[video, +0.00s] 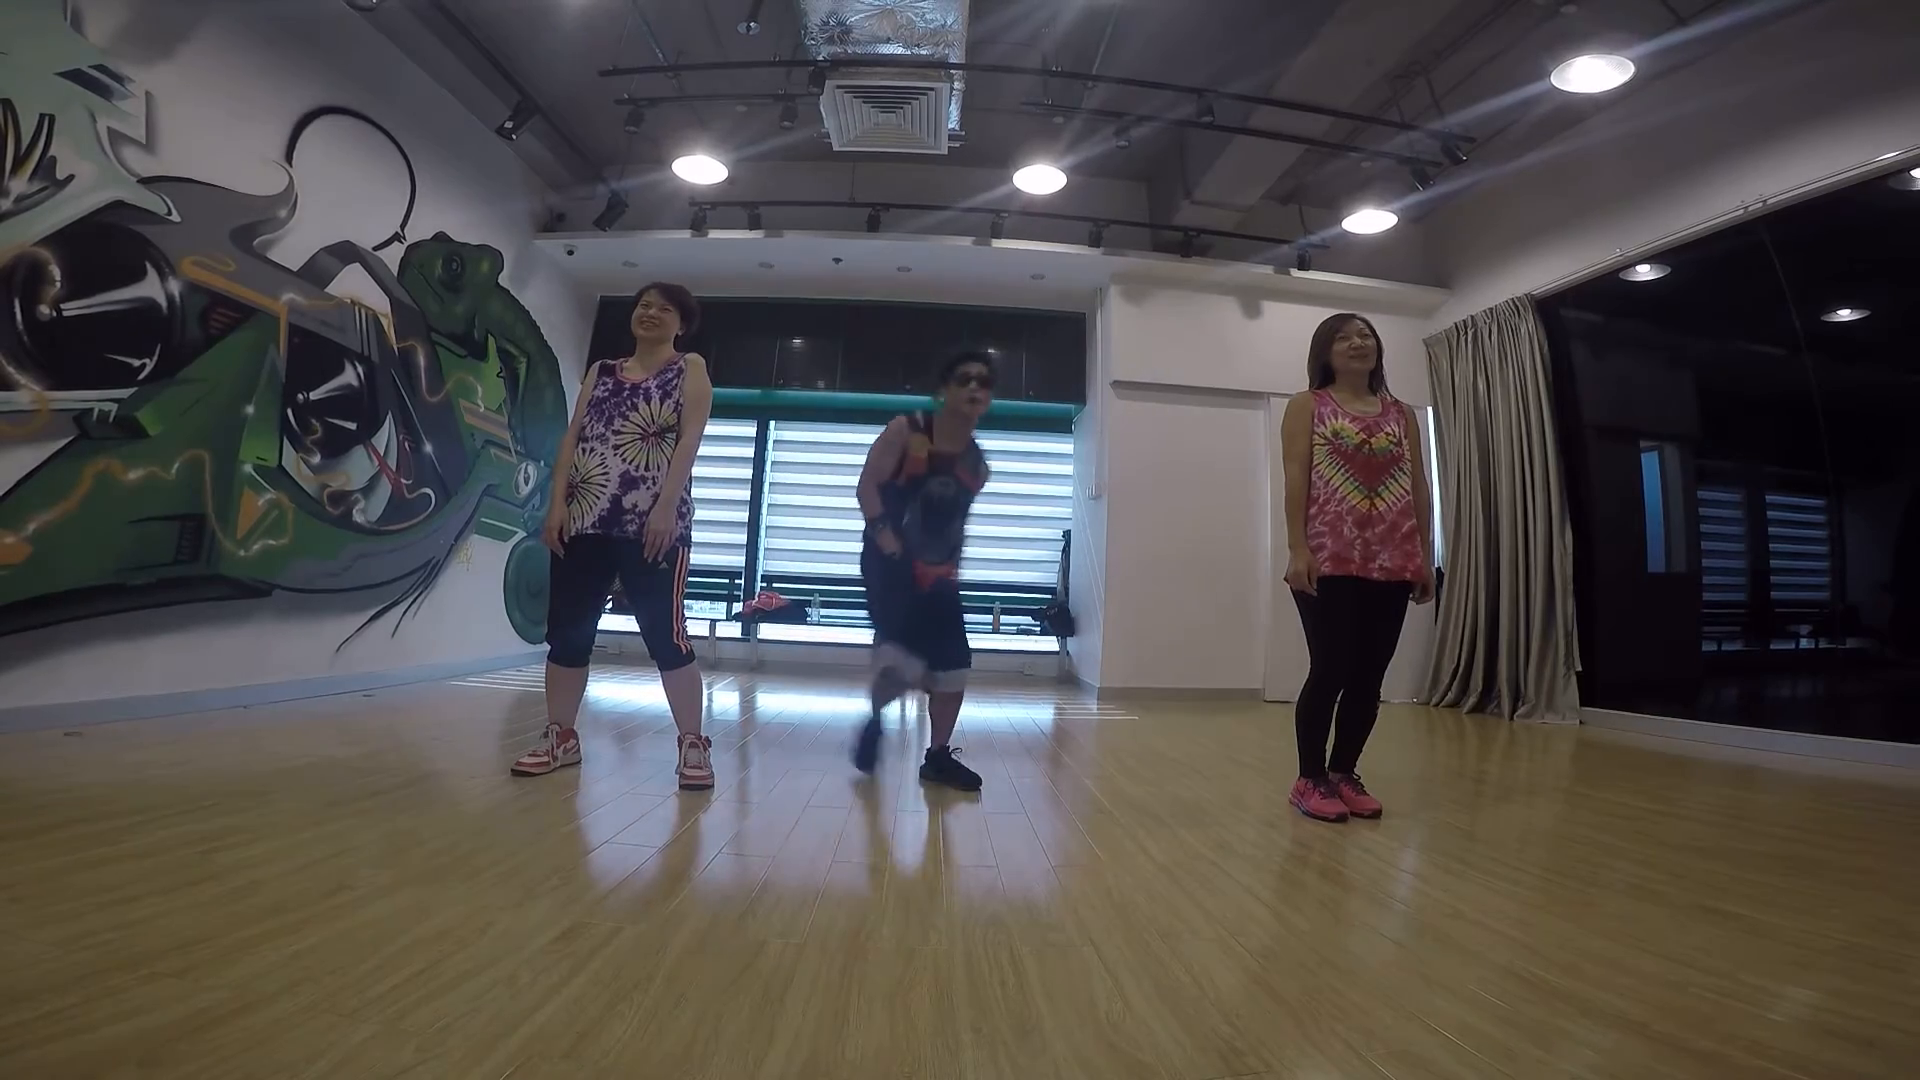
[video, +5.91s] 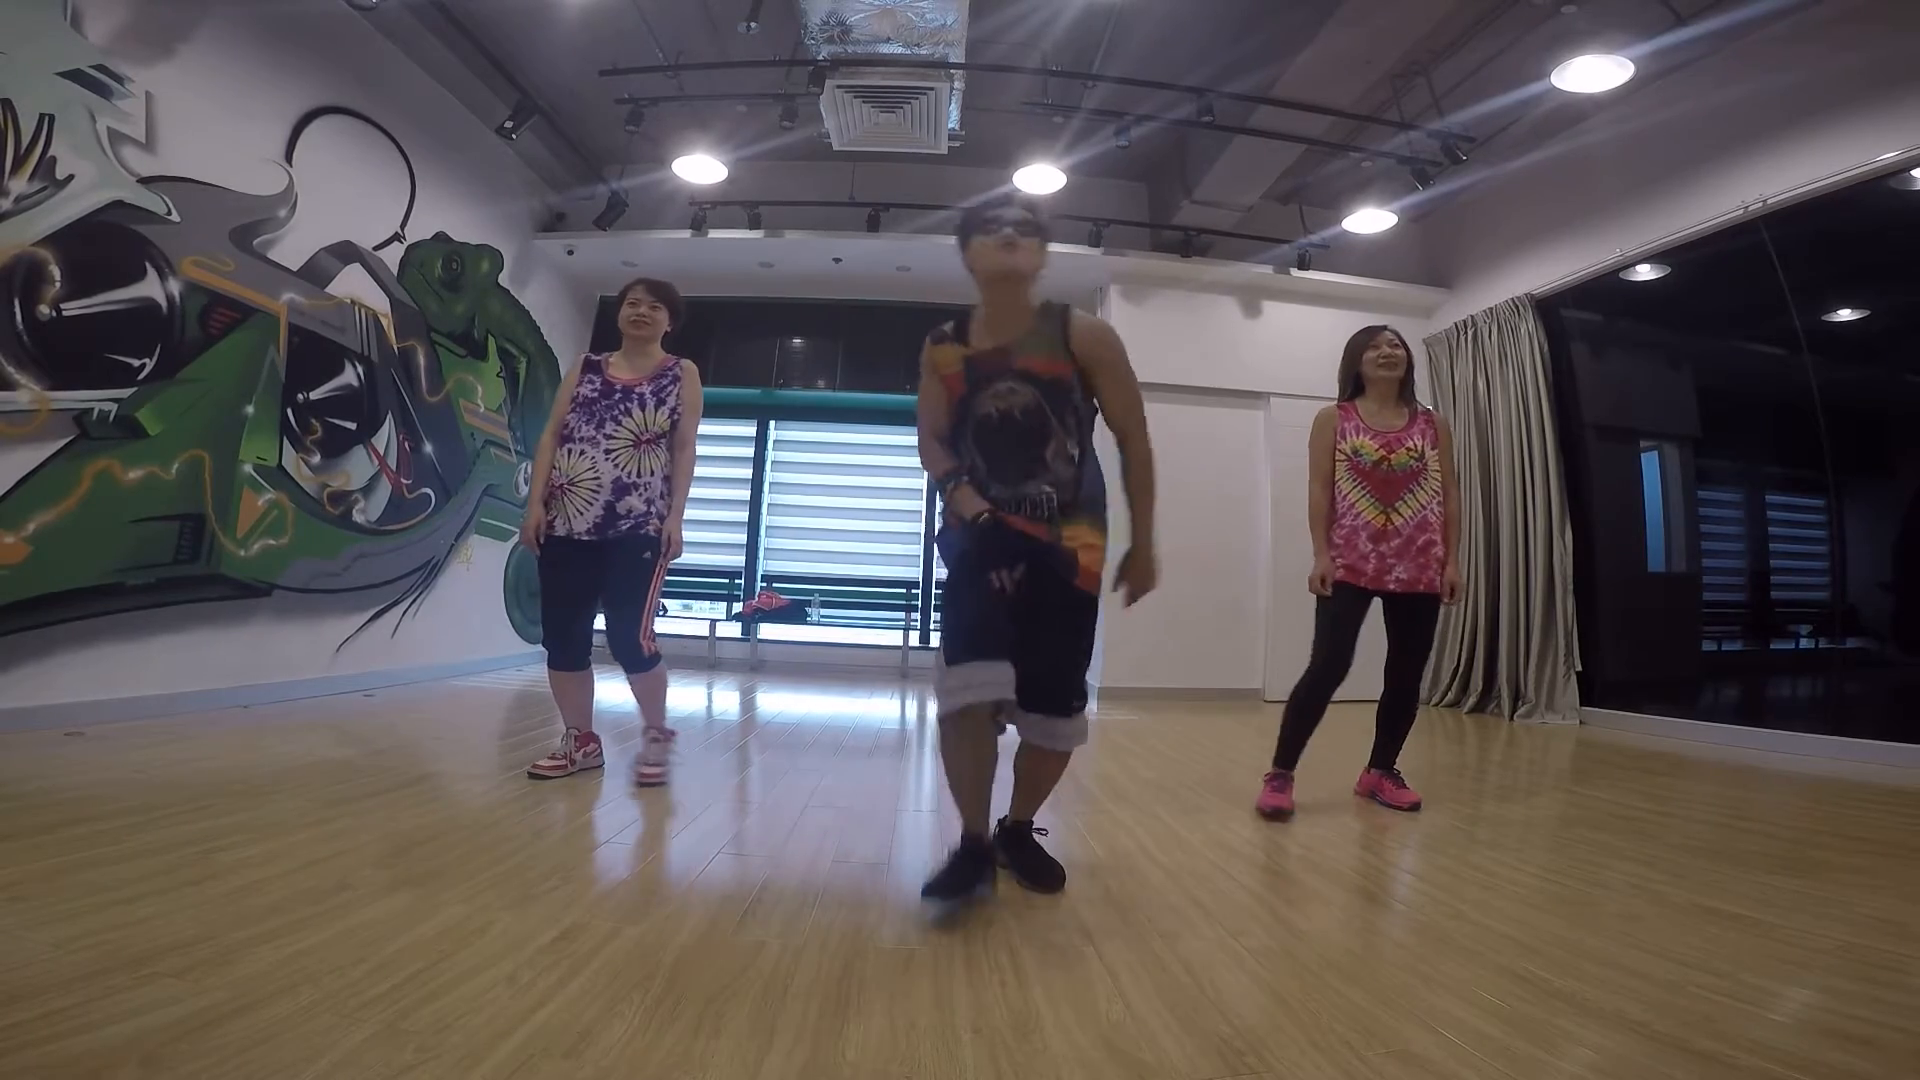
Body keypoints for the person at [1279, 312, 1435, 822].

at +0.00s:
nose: (1356, 343)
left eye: (1364, 335)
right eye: (1342, 337)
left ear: (1378, 349)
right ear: (1324, 354)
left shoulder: (1401, 413)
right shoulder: (1307, 407)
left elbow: (1418, 490)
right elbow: (1296, 479)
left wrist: (1423, 557)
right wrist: (1298, 548)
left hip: (1392, 565)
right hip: (1329, 563)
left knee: (1367, 680)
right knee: (1328, 672)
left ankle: (1343, 775)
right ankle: (1310, 780)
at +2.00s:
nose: (1359, 341)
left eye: (1368, 335)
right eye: (1345, 337)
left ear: (1381, 350)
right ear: (1328, 355)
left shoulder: (1402, 414)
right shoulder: (1310, 407)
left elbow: (1420, 491)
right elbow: (1296, 479)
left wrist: (1425, 560)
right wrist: (1297, 547)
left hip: (1393, 567)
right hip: (1330, 564)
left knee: (1368, 681)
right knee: (1329, 673)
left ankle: (1344, 774)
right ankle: (1310, 779)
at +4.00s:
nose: (1384, 354)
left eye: (1392, 346)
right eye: (1370, 350)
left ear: (1408, 360)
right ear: (1356, 368)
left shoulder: (1435, 424)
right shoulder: (1341, 417)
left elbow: (1452, 495)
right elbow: (1328, 486)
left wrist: (1458, 561)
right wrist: (1330, 554)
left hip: (1425, 570)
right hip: (1362, 568)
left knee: (1406, 679)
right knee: (1360, 672)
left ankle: (1381, 772)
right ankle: (1313, 780)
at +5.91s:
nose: (1387, 351)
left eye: (1396, 346)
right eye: (1374, 346)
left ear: (1409, 363)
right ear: (1355, 363)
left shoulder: (1432, 423)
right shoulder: (1334, 418)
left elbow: (1449, 494)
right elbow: (1321, 488)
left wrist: (1452, 560)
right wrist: (1321, 554)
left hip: (1417, 566)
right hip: (1351, 562)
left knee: (1405, 675)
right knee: (1329, 666)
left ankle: (1379, 771)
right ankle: (1281, 774)